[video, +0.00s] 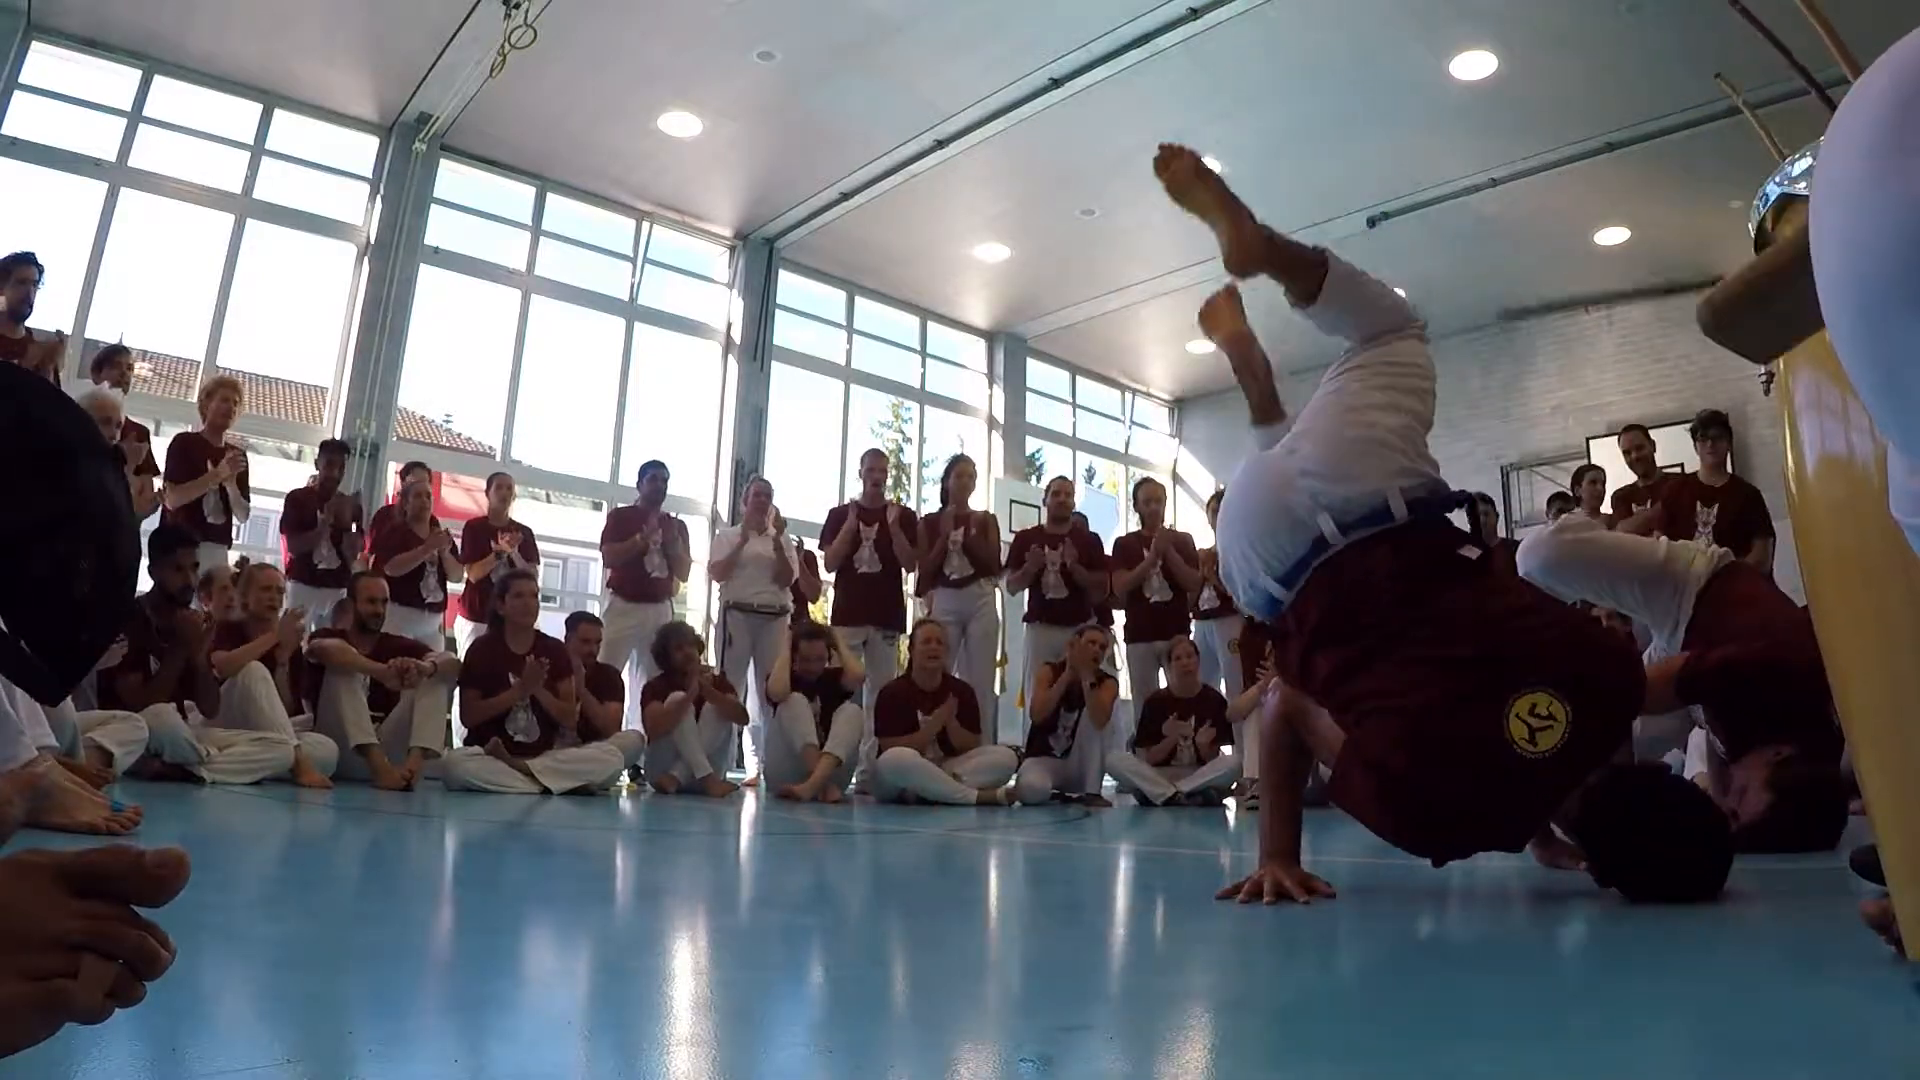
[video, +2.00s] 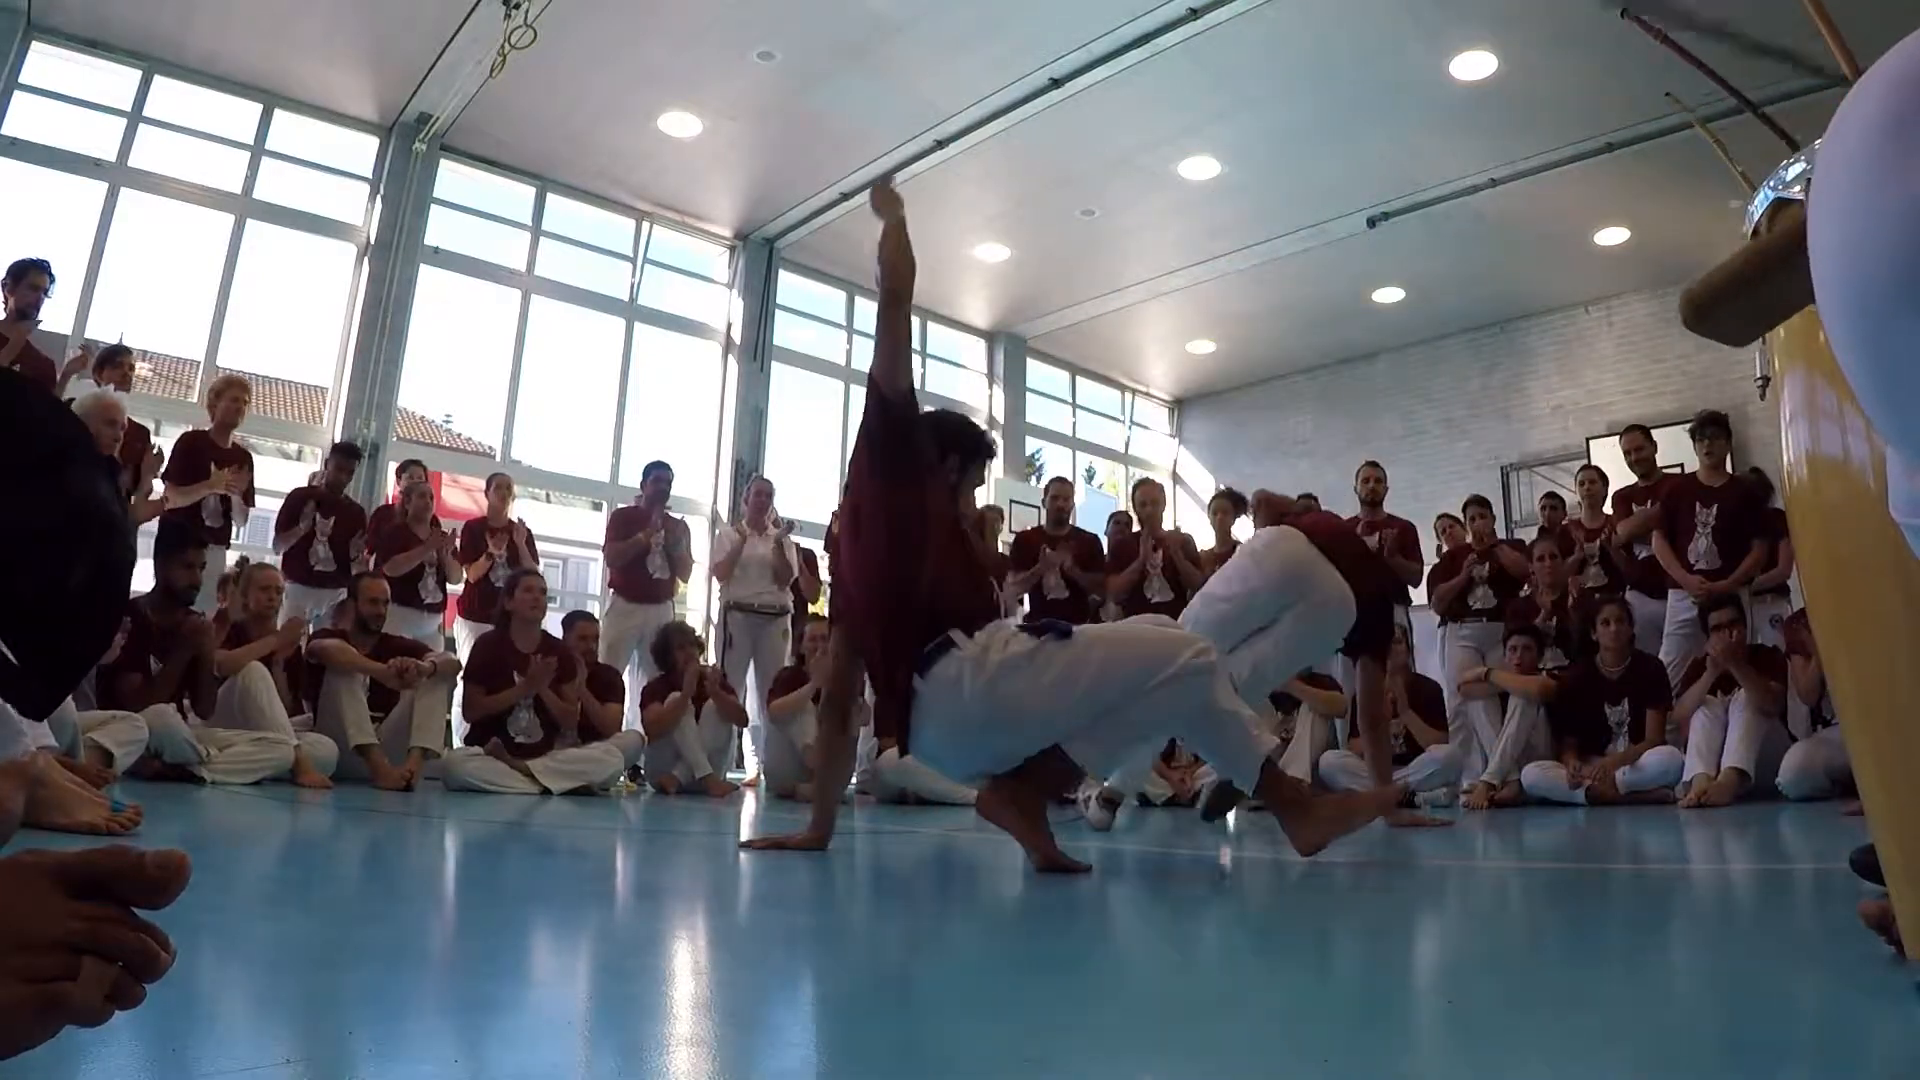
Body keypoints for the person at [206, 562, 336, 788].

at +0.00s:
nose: (274, 598)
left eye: (279, 591)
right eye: (266, 590)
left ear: (284, 597)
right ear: (245, 595)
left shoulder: (290, 642)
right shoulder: (228, 630)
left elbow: (290, 710)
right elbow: (221, 667)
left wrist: (284, 660)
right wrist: (275, 638)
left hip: (274, 733)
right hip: (227, 726)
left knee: (327, 752)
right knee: (253, 671)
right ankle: (299, 762)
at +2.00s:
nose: (273, 597)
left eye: (278, 591)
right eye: (264, 590)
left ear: (283, 596)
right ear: (245, 594)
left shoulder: (288, 643)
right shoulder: (229, 629)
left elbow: (292, 712)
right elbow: (220, 666)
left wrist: (278, 664)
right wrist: (279, 639)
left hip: (271, 732)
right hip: (223, 725)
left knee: (326, 752)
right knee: (253, 672)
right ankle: (299, 763)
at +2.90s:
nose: (275, 596)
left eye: (279, 590)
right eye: (267, 589)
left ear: (284, 597)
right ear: (244, 597)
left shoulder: (286, 643)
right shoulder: (226, 630)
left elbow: (285, 705)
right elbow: (221, 662)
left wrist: (296, 659)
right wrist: (282, 648)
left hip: (269, 734)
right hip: (223, 728)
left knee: (327, 751)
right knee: (253, 672)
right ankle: (298, 761)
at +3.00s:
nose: (276, 597)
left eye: (280, 591)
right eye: (268, 590)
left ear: (285, 597)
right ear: (244, 599)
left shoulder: (286, 645)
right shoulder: (226, 629)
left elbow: (291, 711)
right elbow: (222, 662)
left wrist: (301, 660)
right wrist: (281, 642)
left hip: (268, 733)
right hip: (222, 725)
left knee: (327, 751)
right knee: (253, 671)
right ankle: (298, 761)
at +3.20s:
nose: (285, 598)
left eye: (288, 592)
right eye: (277, 591)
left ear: (291, 598)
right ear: (252, 600)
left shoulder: (290, 646)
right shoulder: (232, 629)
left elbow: (302, 716)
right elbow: (225, 654)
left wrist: (312, 666)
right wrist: (290, 647)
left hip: (272, 733)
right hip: (224, 728)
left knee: (327, 752)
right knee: (253, 671)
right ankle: (298, 760)